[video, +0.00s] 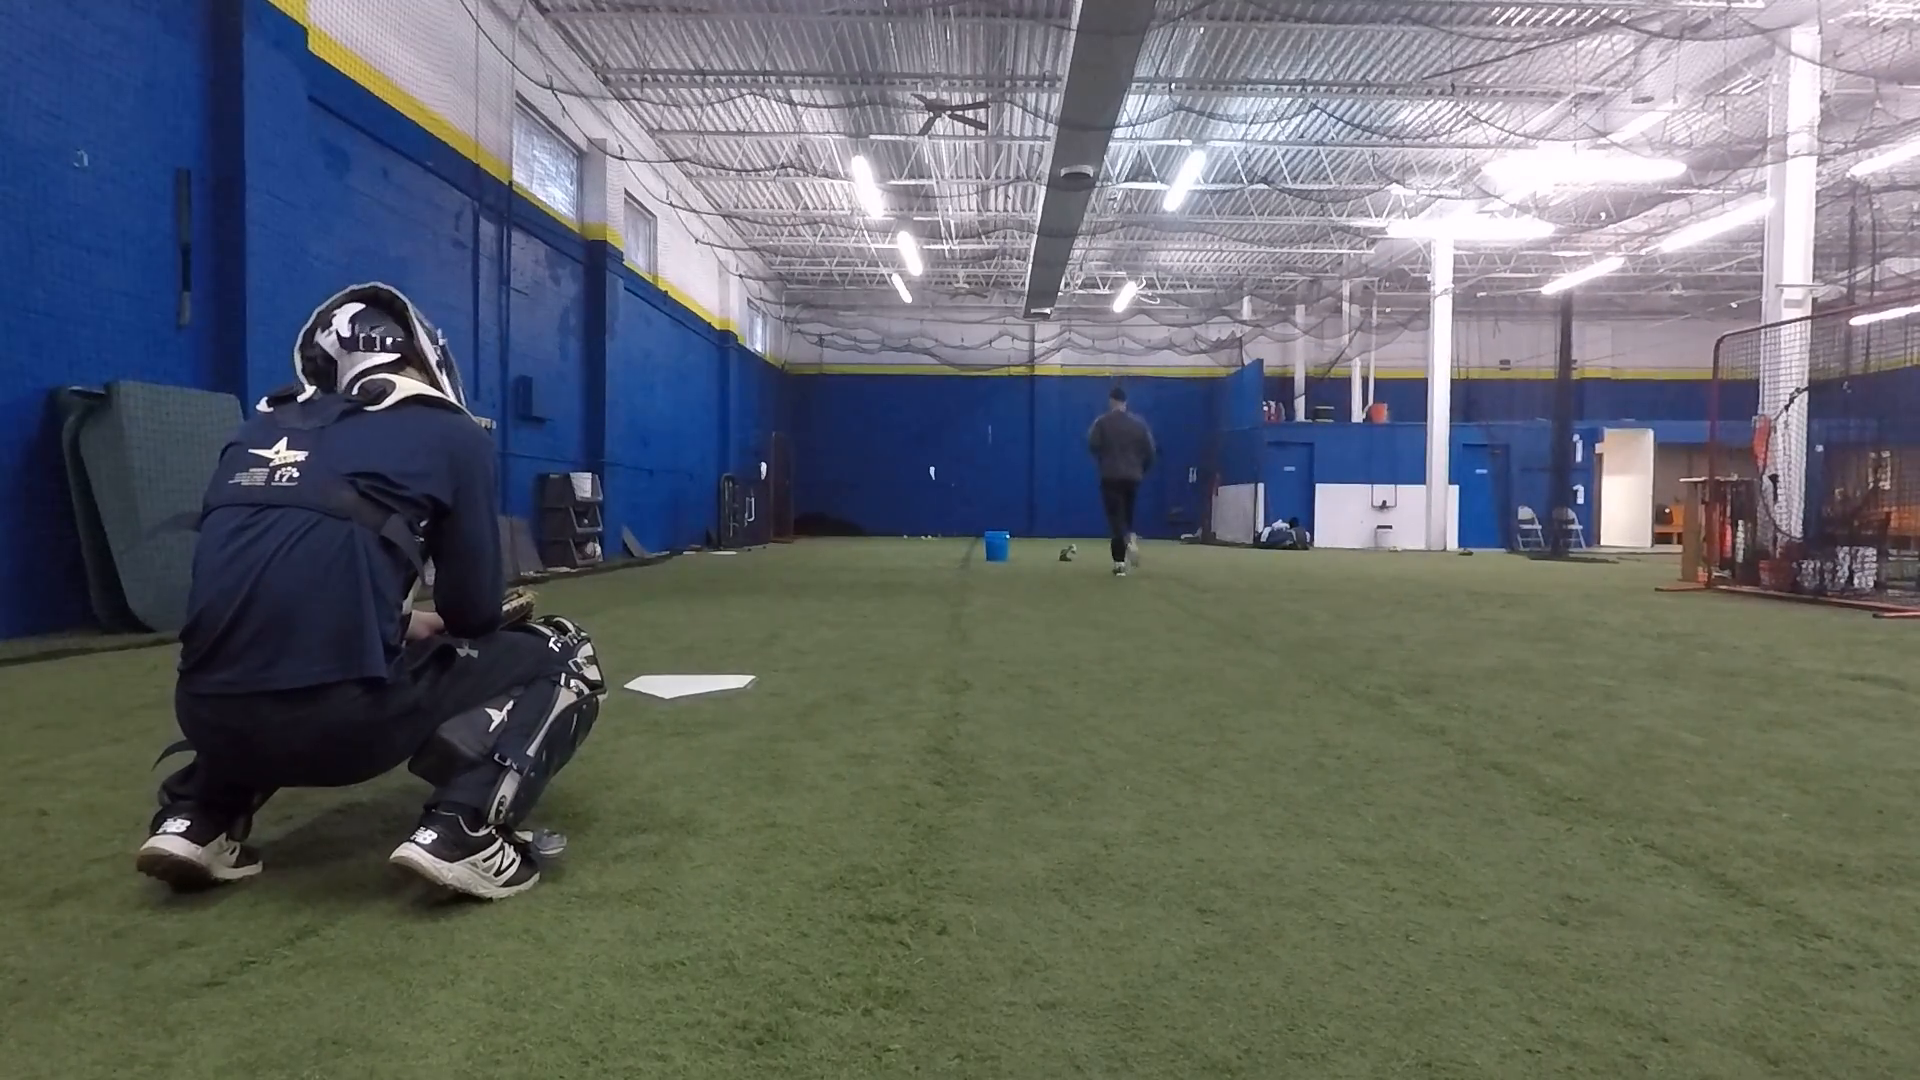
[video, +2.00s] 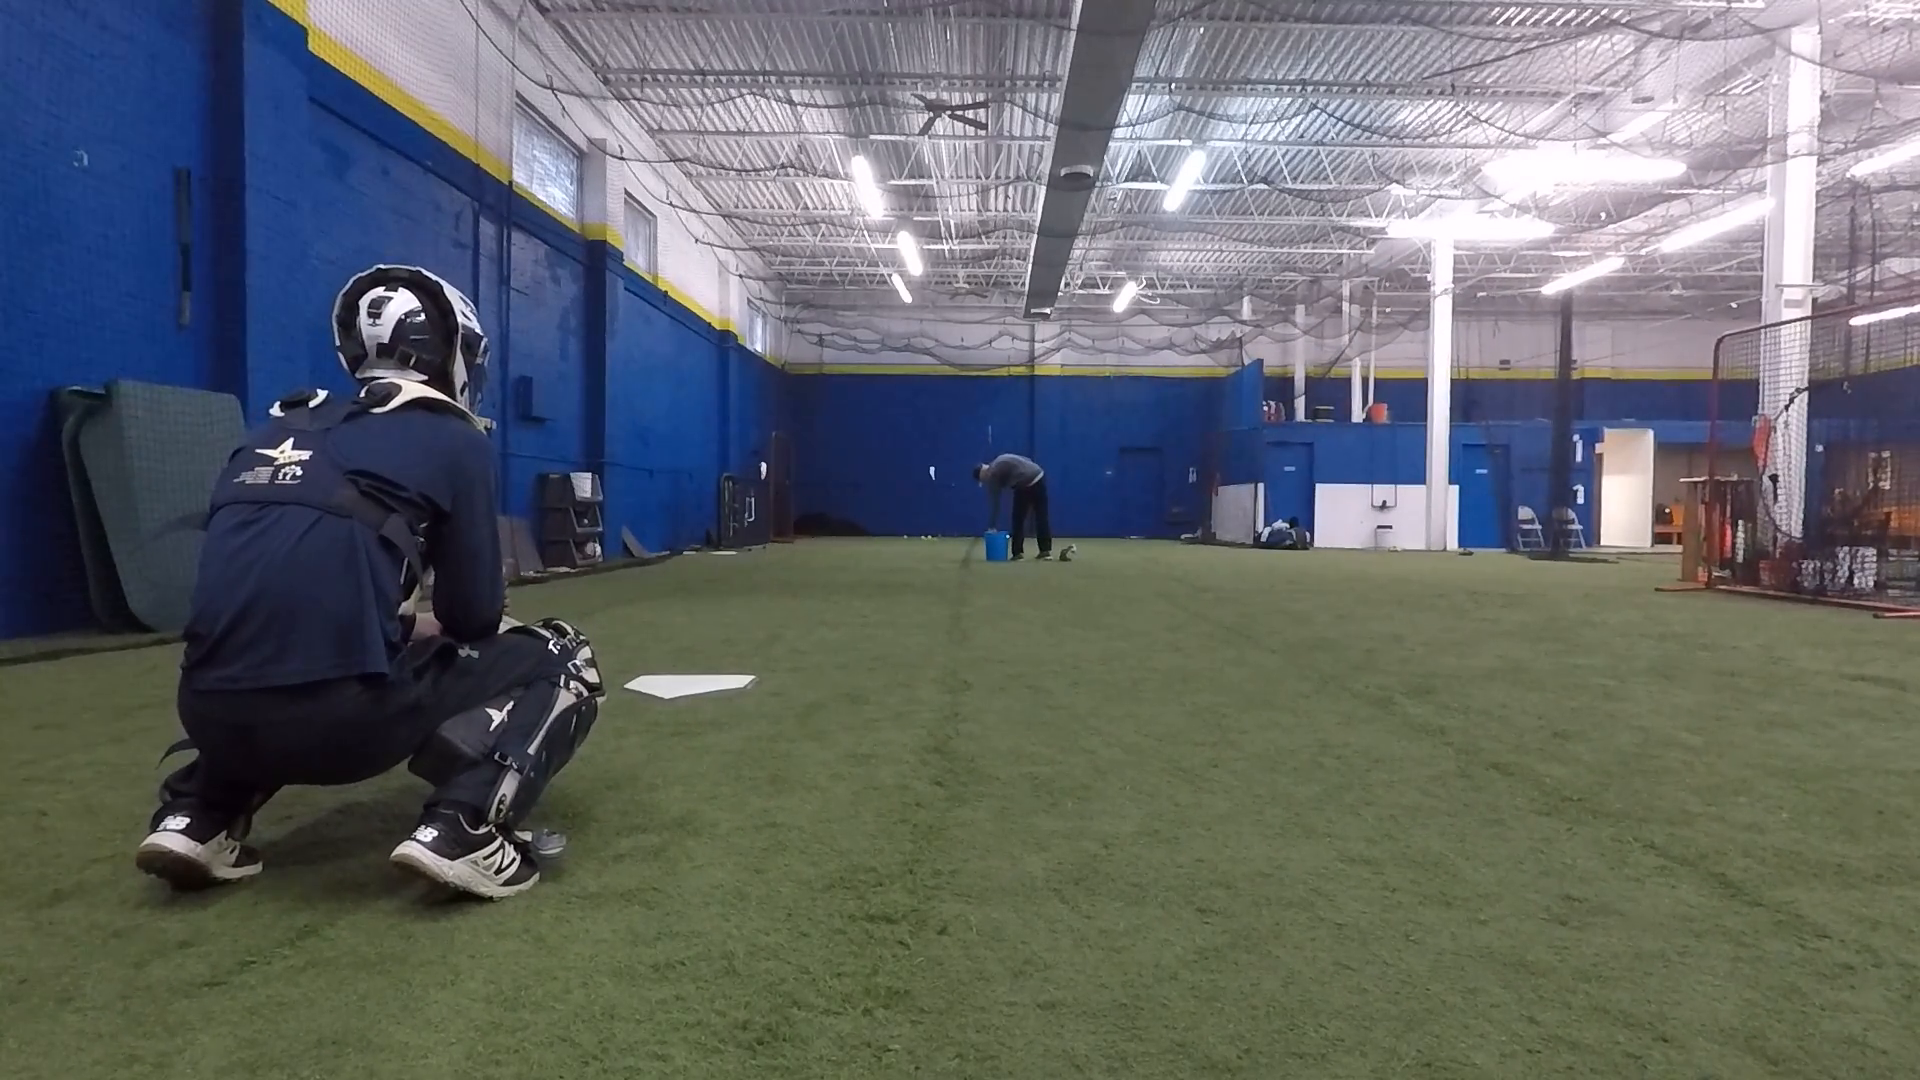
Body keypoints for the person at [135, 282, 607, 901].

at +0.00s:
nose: (444, 361)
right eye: (433, 349)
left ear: (316, 372)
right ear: (423, 356)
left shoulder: (259, 426)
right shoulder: (451, 432)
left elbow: (252, 585)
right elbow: (475, 611)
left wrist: (402, 623)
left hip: (218, 721)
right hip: (347, 723)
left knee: (279, 628)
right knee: (565, 654)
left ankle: (196, 817)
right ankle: (462, 827)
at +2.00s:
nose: (473, 373)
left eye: (472, 357)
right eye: (469, 356)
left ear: (353, 355)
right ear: (451, 356)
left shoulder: (276, 428)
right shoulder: (454, 439)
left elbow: (259, 587)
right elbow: (472, 618)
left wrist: (396, 625)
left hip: (219, 720)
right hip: (345, 722)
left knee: (286, 630)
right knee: (564, 658)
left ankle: (195, 815)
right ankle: (465, 825)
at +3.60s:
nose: (482, 347)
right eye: (477, 332)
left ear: (364, 339)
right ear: (466, 340)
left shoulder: (297, 414)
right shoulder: (491, 435)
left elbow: (259, 559)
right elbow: (503, 602)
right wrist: (429, 627)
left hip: (234, 690)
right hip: (373, 699)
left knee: (294, 616)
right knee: (574, 660)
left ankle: (203, 819)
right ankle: (451, 826)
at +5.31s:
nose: (566, 342)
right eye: (562, 327)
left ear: (448, 330)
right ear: (550, 335)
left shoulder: (375, 396)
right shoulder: (567, 442)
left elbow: (278, 540)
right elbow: (556, 612)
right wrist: (463, 606)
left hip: (289, 670)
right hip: (430, 691)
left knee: (291, 631)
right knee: (589, 674)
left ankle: (205, 821)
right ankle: (462, 821)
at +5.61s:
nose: (606, 345)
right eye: (606, 334)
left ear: (499, 328)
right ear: (601, 347)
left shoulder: (437, 382)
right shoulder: (616, 460)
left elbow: (269, 481)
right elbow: (596, 626)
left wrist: (369, 522)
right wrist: (517, 608)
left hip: (334, 658)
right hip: (477, 696)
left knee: (260, 592)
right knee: (576, 683)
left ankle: (151, 815)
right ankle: (474, 818)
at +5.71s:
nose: (604, 346)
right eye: (602, 333)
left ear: (495, 329)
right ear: (596, 348)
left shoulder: (425, 388)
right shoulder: (610, 460)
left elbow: (262, 490)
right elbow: (628, 632)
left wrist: (361, 536)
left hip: (324, 658)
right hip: (470, 691)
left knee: (252, 603)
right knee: (581, 676)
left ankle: (117, 828)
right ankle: (472, 819)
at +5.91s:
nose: (569, 365)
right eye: (564, 349)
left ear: (453, 346)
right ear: (553, 359)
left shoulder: (376, 406)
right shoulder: (555, 444)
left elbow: (232, 520)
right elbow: (655, 603)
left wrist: (334, 563)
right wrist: (662, 685)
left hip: (283, 671)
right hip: (437, 693)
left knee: (232, 623)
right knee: (585, 666)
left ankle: (102, 845)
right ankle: (475, 827)